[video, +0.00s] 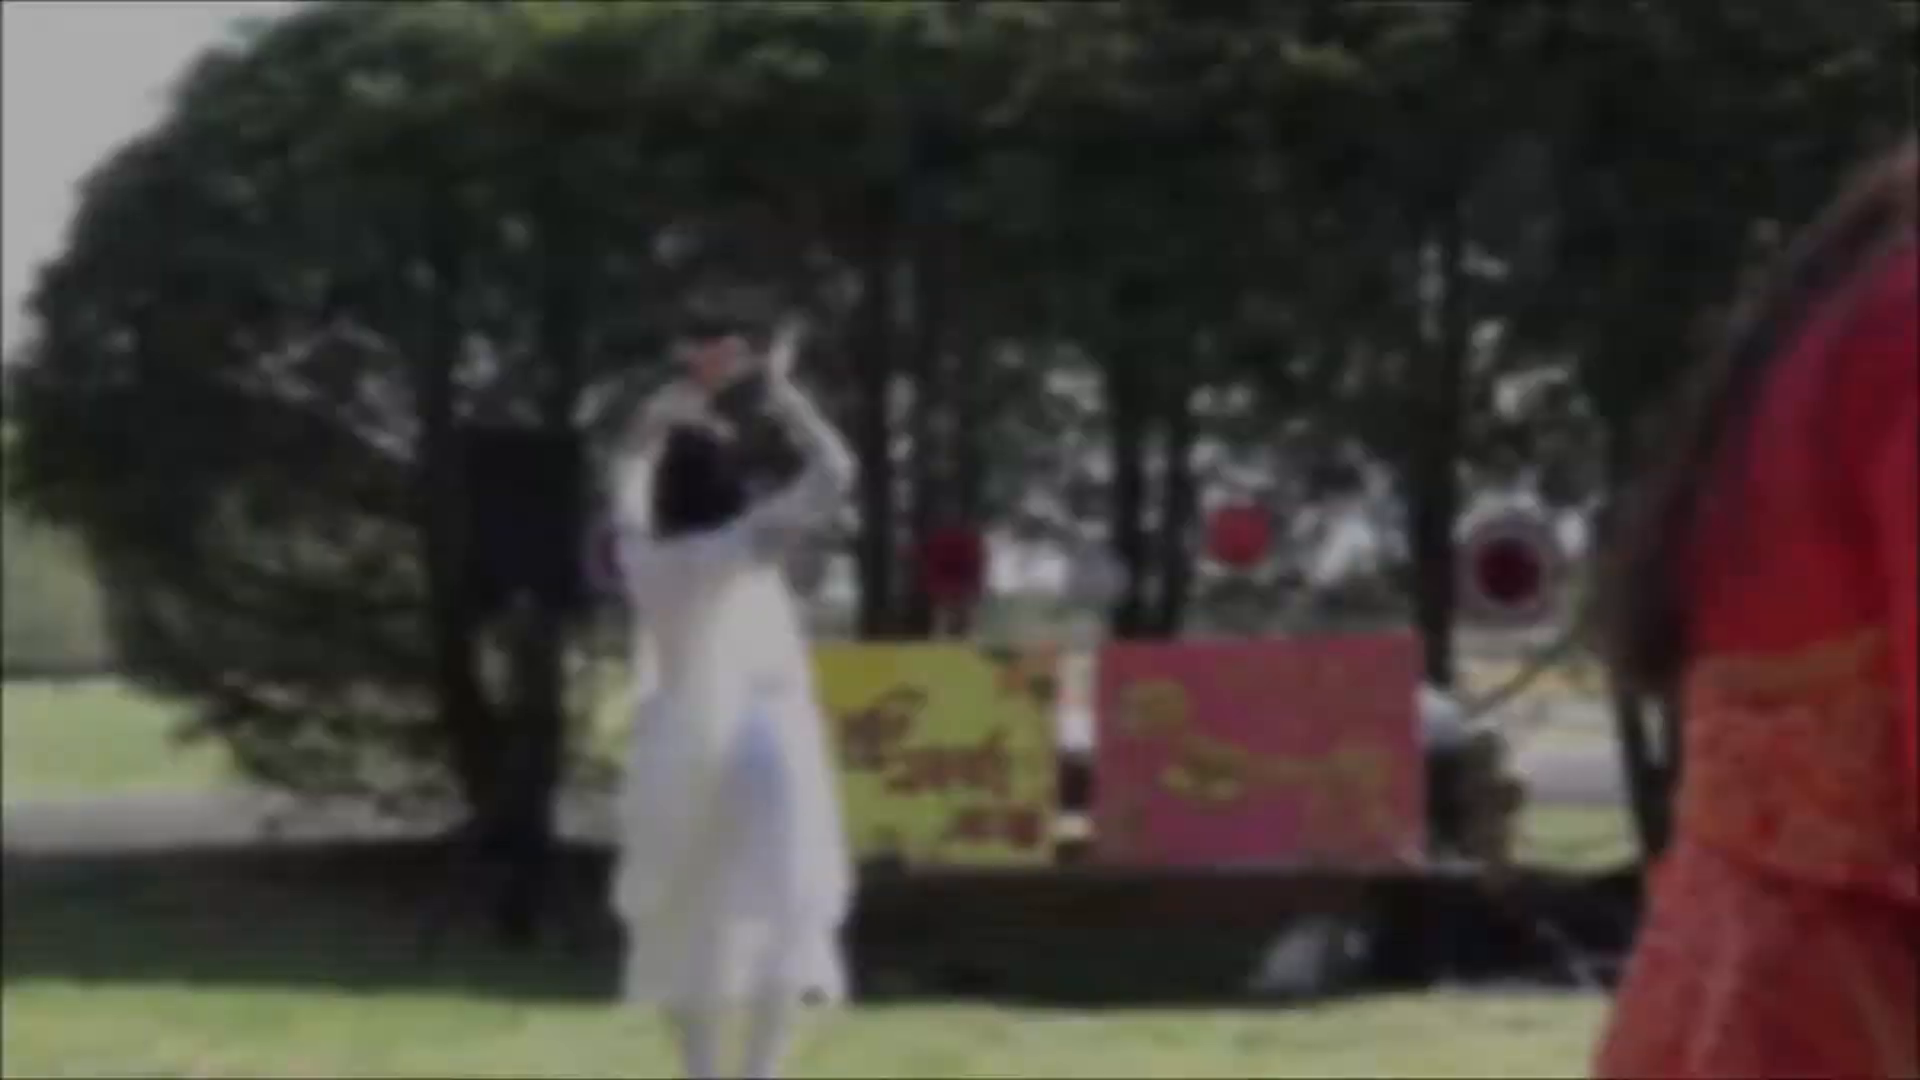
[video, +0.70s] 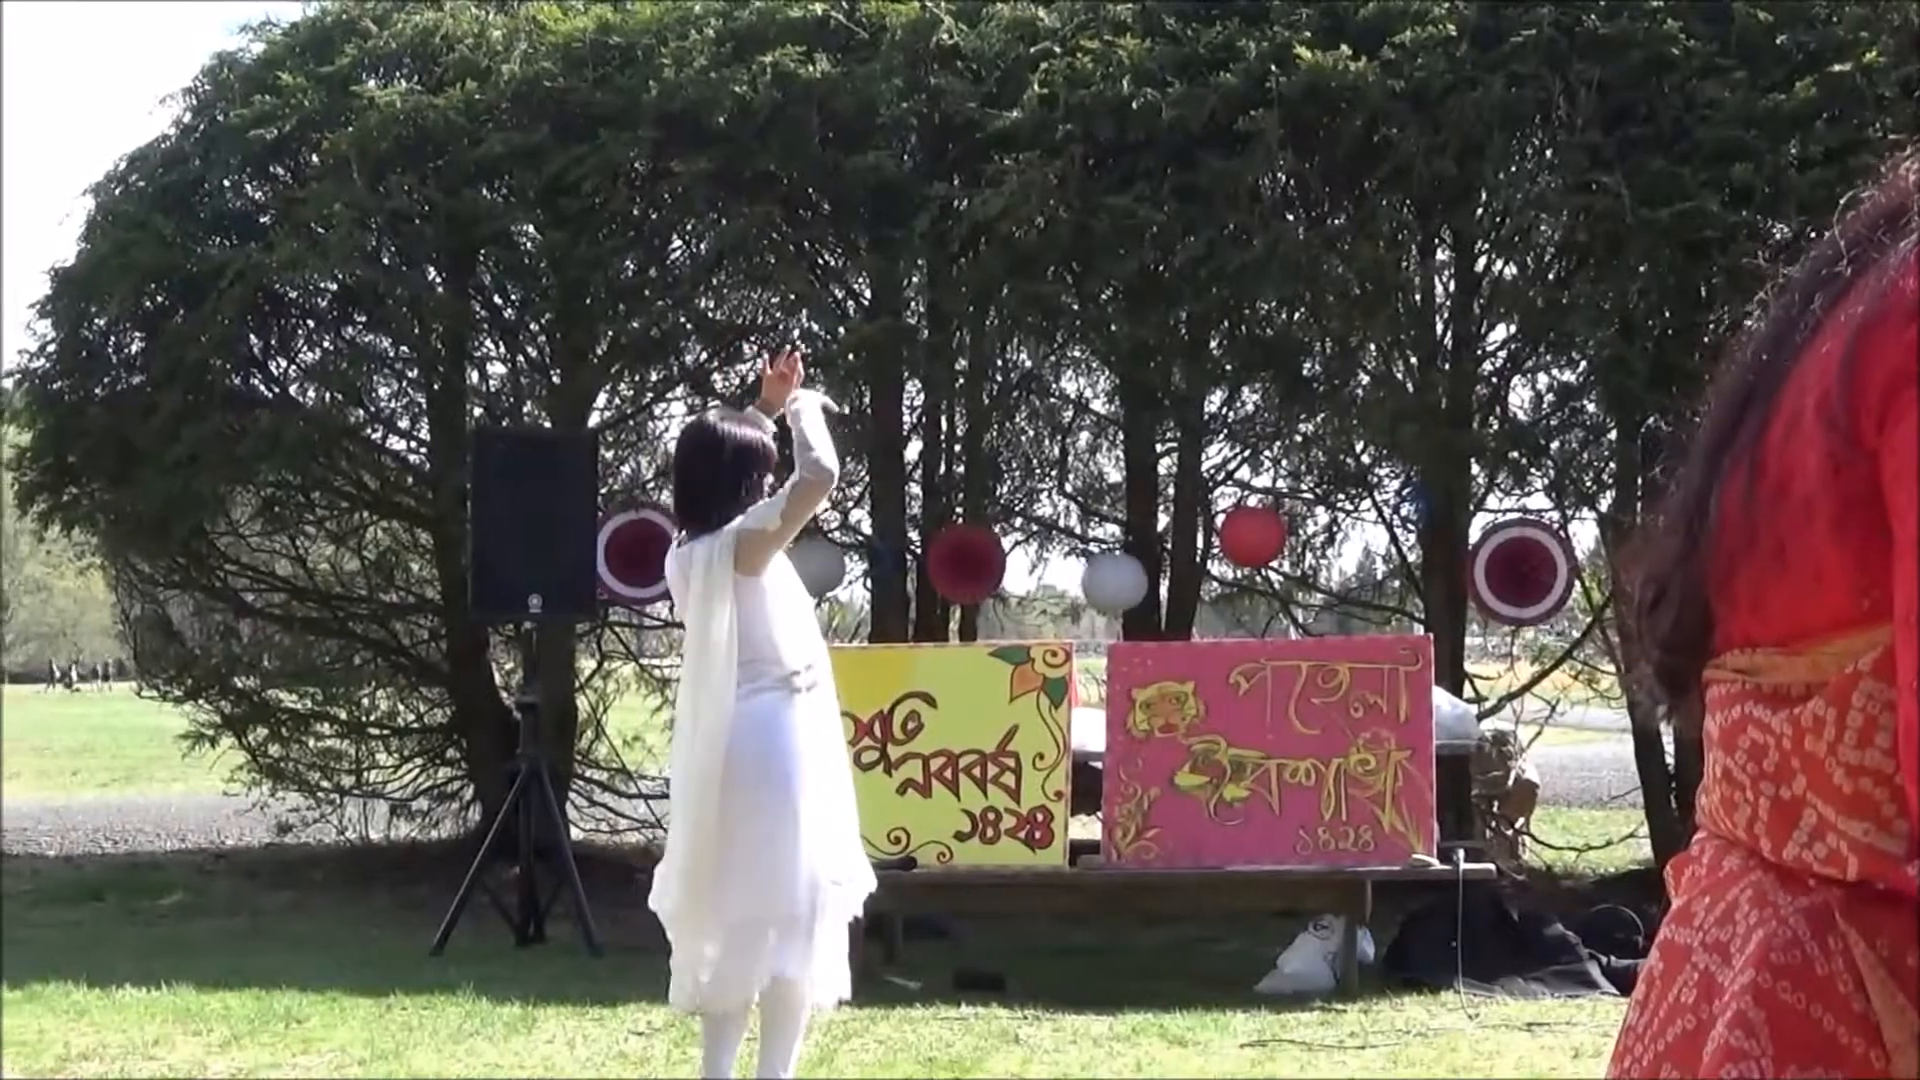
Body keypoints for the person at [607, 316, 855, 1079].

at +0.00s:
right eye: (734, 471)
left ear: (664, 492)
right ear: (738, 491)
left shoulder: (645, 560)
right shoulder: (746, 550)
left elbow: (630, 460)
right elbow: (831, 473)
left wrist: (682, 391)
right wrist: (779, 391)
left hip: (679, 738)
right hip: (756, 737)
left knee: (687, 906)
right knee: (780, 905)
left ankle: (700, 1057)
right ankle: (762, 1059)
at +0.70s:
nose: (771, 484)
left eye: (770, 470)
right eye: (764, 470)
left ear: (690, 478)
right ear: (744, 479)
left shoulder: (694, 555)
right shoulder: (741, 550)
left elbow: (729, 473)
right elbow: (819, 474)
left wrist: (768, 406)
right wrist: (804, 407)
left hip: (735, 732)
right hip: (780, 734)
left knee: (737, 908)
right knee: (800, 910)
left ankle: (717, 1067)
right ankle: (778, 1069)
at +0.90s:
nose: (770, 483)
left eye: (770, 471)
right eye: (761, 470)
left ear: (705, 478)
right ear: (730, 476)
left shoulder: (728, 546)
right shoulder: (713, 551)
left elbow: (787, 514)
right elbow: (789, 545)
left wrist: (824, 444)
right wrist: (800, 468)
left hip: (760, 740)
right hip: (761, 744)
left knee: (753, 921)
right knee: (793, 919)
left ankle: (697, 1067)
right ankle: (774, 1070)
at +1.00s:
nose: (758, 486)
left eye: (755, 473)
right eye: (746, 475)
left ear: (730, 495)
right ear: (716, 492)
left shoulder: (735, 548)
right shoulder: (697, 560)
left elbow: (802, 516)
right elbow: (756, 596)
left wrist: (862, 475)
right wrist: (778, 523)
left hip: (758, 766)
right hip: (741, 771)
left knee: (737, 944)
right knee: (778, 936)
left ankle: (694, 1068)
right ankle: (771, 1070)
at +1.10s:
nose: (730, 491)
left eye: (735, 476)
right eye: (713, 481)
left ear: (749, 483)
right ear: (685, 498)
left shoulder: (757, 562)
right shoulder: (680, 571)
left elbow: (819, 559)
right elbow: (699, 638)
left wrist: (894, 520)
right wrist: (733, 550)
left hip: (767, 788)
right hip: (709, 792)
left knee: (752, 949)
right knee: (762, 942)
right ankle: (769, 1071)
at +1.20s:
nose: (707, 494)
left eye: (716, 481)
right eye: (691, 485)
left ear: (736, 490)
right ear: (671, 501)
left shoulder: (759, 563)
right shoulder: (661, 574)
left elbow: (831, 593)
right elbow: (635, 655)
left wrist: (927, 565)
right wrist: (692, 576)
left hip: (765, 795)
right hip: (697, 802)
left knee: (758, 967)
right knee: (727, 971)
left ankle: (717, 1068)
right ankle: (707, 1069)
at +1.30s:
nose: (699, 496)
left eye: (710, 483)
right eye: (685, 485)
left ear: (731, 496)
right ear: (663, 500)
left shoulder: (760, 574)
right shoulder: (646, 577)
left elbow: (841, 616)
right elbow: (571, 641)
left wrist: (944, 599)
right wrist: (664, 579)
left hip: (754, 782)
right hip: (674, 787)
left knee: (750, 943)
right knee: (677, 937)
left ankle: (702, 1069)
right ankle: (650, 1067)